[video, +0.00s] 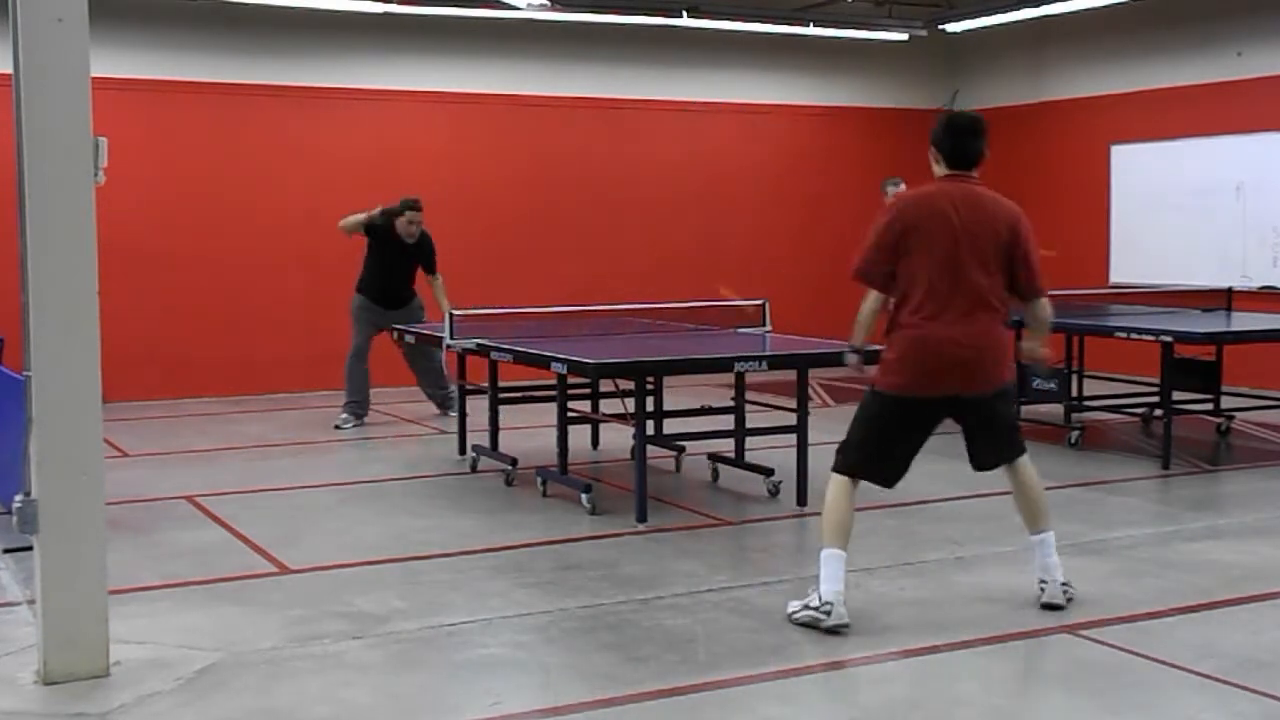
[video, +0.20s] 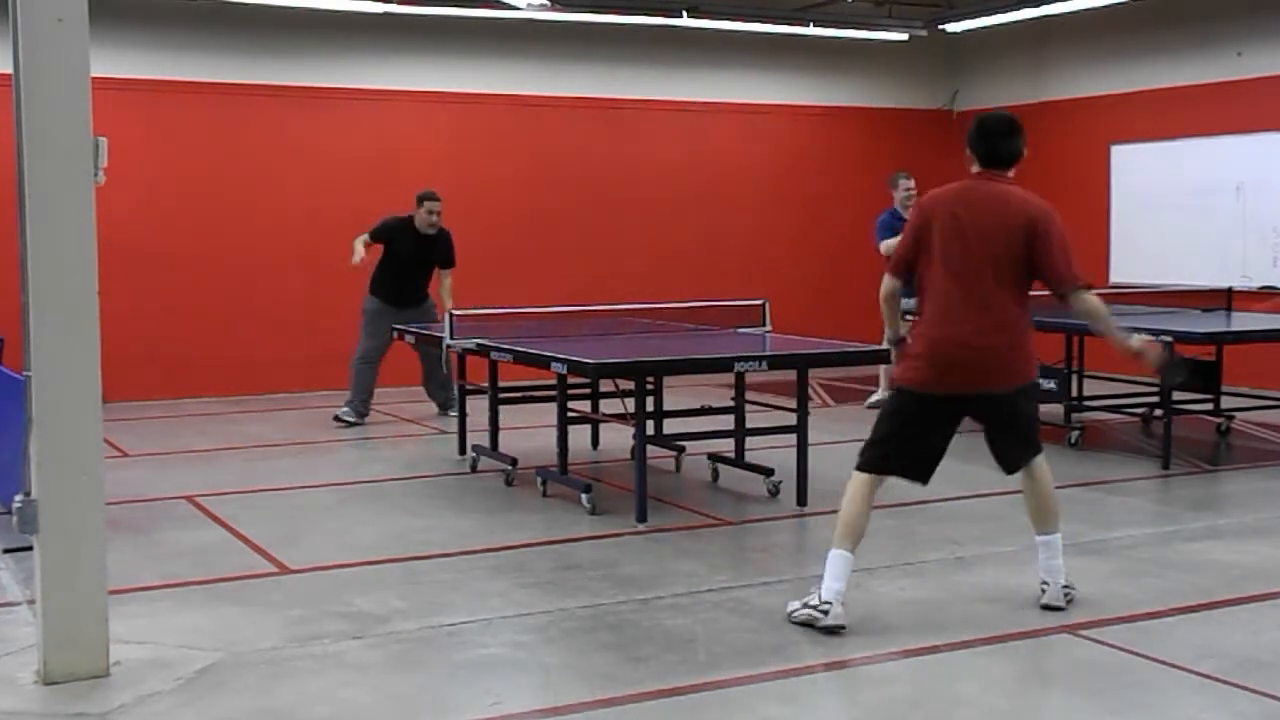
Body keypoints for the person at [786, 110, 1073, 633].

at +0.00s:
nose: (928, 156)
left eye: (929, 149)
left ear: (934, 155)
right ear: (982, 157)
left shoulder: (905, 209)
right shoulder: (1005, 214)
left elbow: (875, 298)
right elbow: (1038, 304)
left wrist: (856, 347)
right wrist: (1035, 346)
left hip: (910, 369)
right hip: (987, 370)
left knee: (845, 471)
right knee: (1017, 461)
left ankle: (828, 598)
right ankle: (1052, 578)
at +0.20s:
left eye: (966, 150)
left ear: (969, 155)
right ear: (1021, 156)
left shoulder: (932, 204)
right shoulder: (1034, 212)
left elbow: (889, 286)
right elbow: (1076, 296)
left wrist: (895, 334)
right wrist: (1125, 339)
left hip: (931, 366)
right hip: (1005, 368)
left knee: (868, 472)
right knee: (1031, 463)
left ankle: (829, 597)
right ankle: (1053, 581)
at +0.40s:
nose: (983, 128)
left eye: (983, 119)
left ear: (989, 119)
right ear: (1037, 118)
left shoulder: (999, 161)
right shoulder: (1052, 168)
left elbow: (999, 249)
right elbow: (983, 211)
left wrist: (944, 305)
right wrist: (904, 214)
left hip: (983, 335)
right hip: (1040, 338)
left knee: (898, 428)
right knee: (1031, 448)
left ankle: (863, 564)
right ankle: (1059, 577)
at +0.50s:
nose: (998, 120)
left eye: (999, 112)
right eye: (1001, 113)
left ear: (1005, 114)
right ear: (1055, 116)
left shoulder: (1030, 163)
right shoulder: (1050, 161)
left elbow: (1033, 253)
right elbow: (940, 172)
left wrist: (952, 290)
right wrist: (860, 153)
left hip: (997, 336)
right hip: (1046, 339)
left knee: (915, 437)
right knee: (1029, 449)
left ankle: (918, 579)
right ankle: (1069, 577)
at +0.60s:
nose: (1000, 120)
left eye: (1000, 112)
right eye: (1002, 113)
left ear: (1008, 115)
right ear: (1056, 115)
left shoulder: (1036, 167)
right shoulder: (1052, 160)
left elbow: (1040, 263)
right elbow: (956, 181)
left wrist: (957, 303)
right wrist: (915, 150)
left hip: (1004, 349)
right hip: (1049, 347)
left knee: (955, 462)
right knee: (1033, 458)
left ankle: (993, 598)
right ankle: (1068, 578)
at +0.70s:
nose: (995, 118)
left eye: (996, 110)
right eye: (1000, 110)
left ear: (1005, 113)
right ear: (1053, 112)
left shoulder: (1043, 170)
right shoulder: (1043, 165)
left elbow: (1041, 271)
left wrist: (972, 330)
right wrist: (973, 212)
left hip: (1009, 352)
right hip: (1038, 350)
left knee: (987, 478)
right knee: (1034, 465)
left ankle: (1028, 620)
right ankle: (1068, 576)